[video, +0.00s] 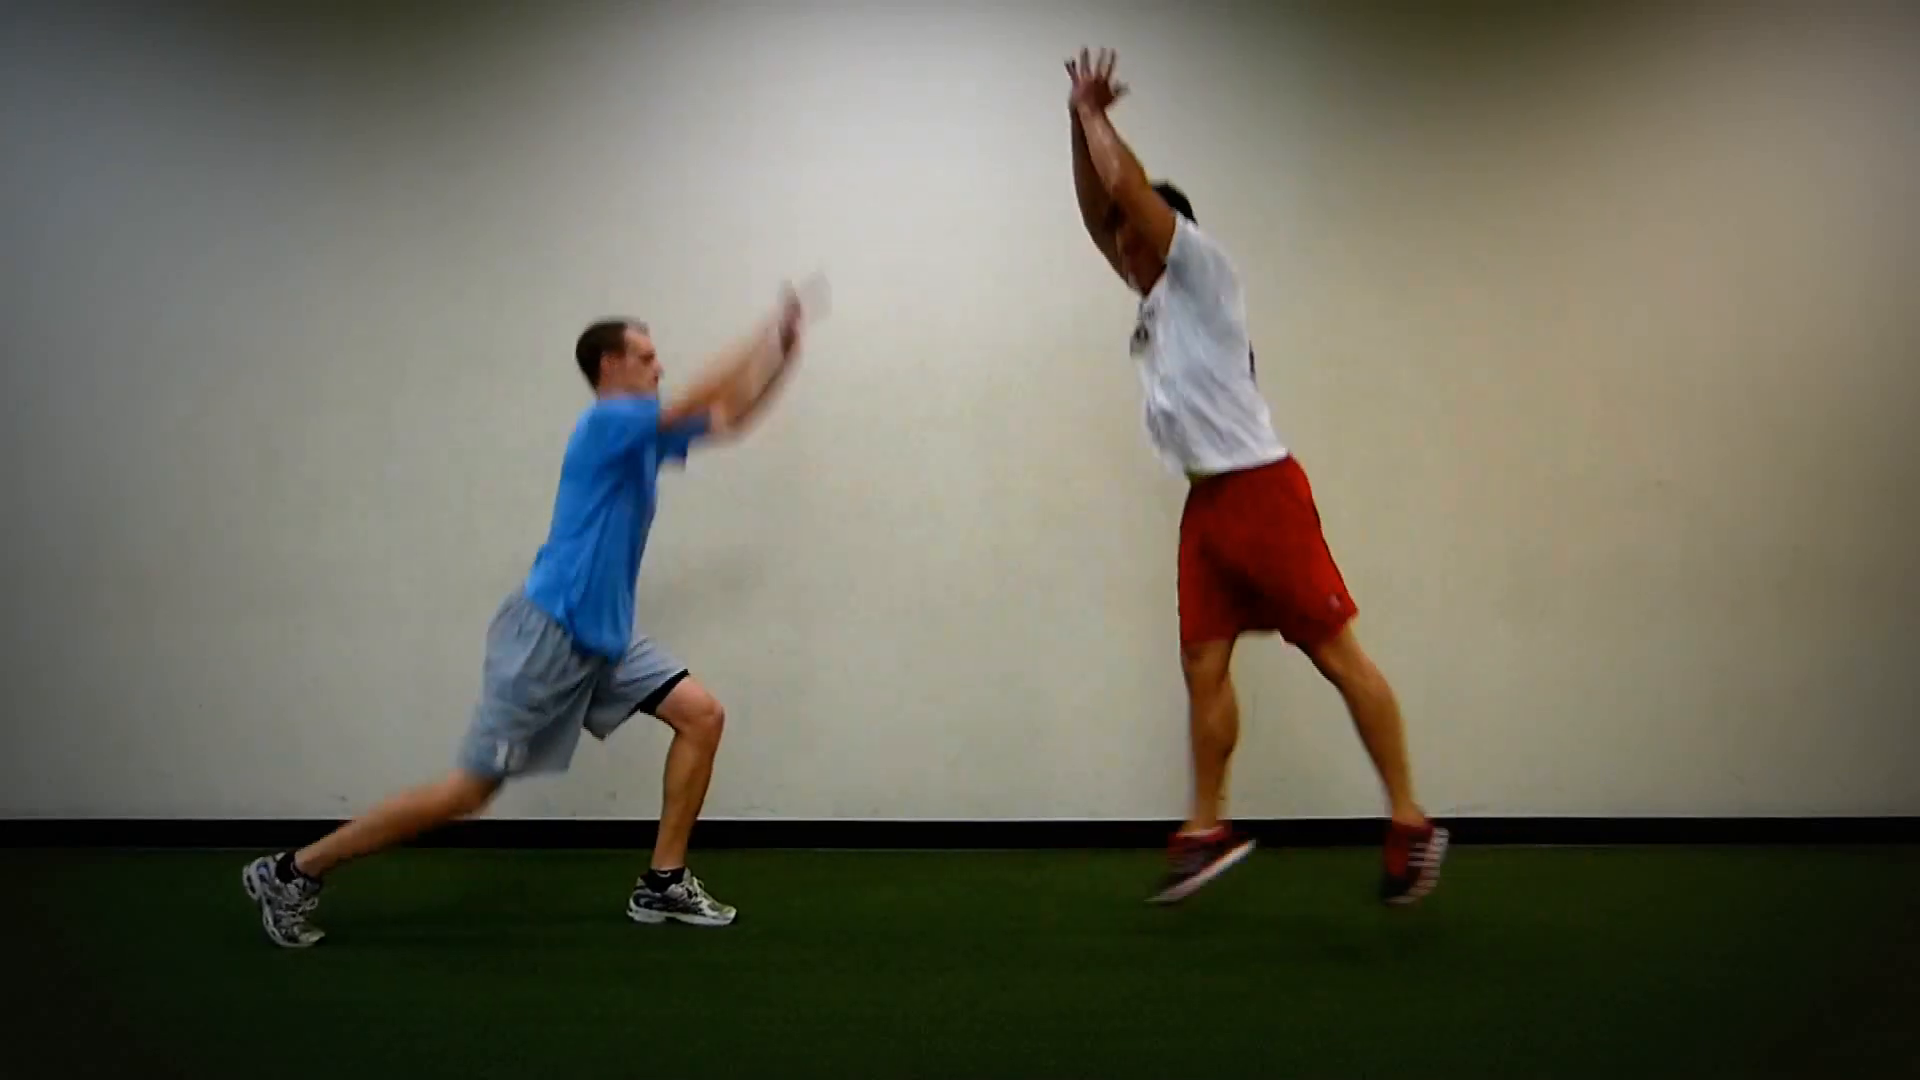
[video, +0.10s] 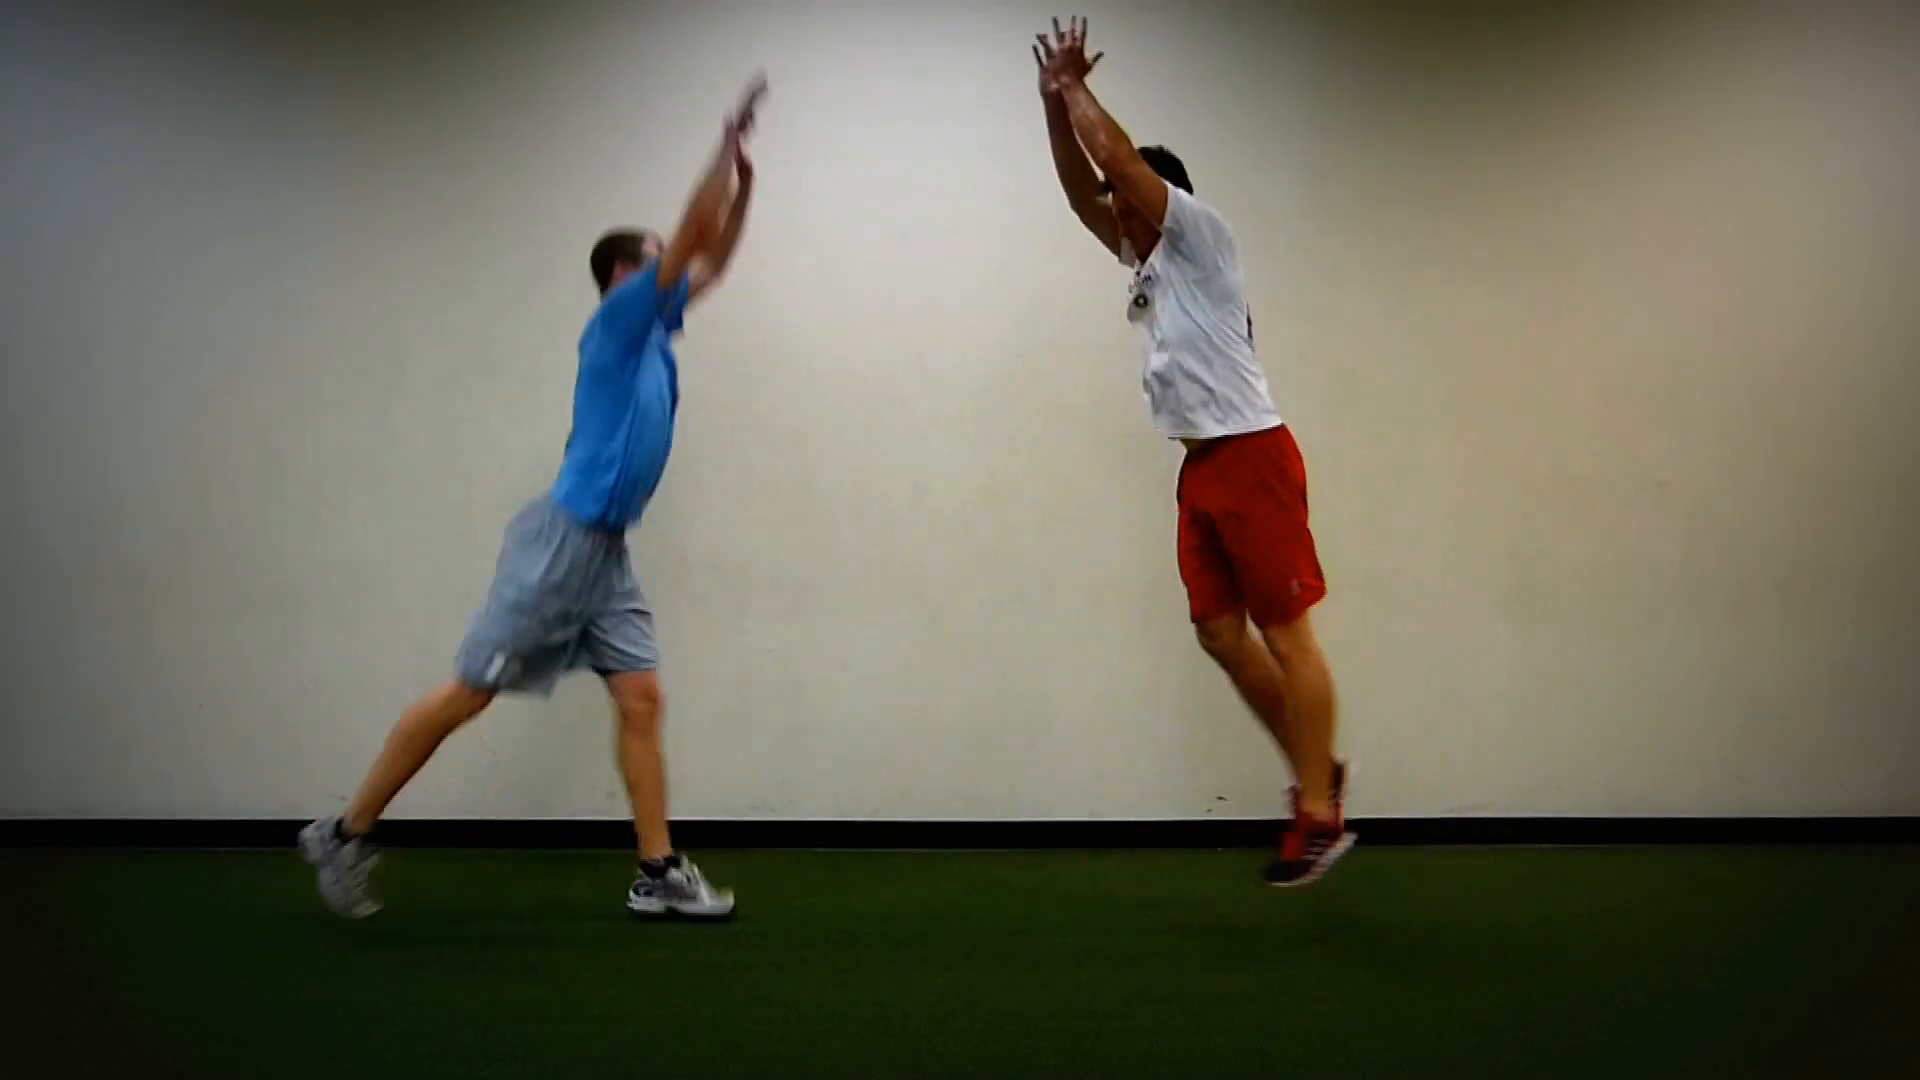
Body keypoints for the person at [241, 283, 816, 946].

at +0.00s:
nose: (660, 364)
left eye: (656, 354)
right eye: (647, 355)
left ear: (632, 366)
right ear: (612, 366)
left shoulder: (643, 430)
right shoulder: (607, 420)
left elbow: (729, 418)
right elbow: (696, 405)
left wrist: (784, 359)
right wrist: (765, 337)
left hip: (604, 637)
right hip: (550, 632)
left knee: (700, 715)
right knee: (466, 795)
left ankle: (665, 881)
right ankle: (292, 872)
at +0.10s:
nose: (669, 266)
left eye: (668, 257)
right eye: (658, 257)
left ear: (644, 275)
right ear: (627, 271)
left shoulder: (655, 333)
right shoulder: (617, 325)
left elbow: (711, 264)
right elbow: (687, 242)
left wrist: (745, 189)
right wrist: (726, 153)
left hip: (606, 555)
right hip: (557, 543)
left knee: (641, 701)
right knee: (465, 696)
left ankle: (659, 870)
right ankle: (345, 835)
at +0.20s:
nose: (679, 212)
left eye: (679, 202)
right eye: (667, 200)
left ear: (659, 211)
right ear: (639, 204)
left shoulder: (657, 265)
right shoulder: (618, 255)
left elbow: (702, 172)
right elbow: (674, 159)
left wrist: (731, 85)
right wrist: (707, 61)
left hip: (616, 487)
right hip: (576, 475)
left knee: (582, 656)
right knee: (514, 647)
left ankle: (574, 823)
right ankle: (413, 799)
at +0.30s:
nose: (681, 185)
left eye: (686, 177)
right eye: (669, 171)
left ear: (671, 191)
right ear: (637, 176)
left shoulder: (654, 233)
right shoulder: (618, 224)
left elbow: (708, 162)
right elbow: (673, 135)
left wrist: (749, 90)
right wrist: (714, 33)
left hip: (603, 461)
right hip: (583, 455)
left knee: (565, 633)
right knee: (579, 637)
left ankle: (469, 770)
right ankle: (496, 796)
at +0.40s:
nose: (680, 210)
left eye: (681, 198)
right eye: (667, 196)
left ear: (665, 211)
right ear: (632, 200)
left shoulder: (660, 255)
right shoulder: (615, 246)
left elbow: (725, 215)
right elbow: (669, 170)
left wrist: (781, 164)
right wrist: (732, 77)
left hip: (590, 471)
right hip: (585, 470)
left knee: (535, 633)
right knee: (630, 644)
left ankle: (408, 747)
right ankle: (601, 822)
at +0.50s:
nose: (679, 252)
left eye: (682, 243)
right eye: (669, 241)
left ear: (644, 247)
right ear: (631, 247)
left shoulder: (659, 316)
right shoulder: (613, 307)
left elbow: (720, 327)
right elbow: (646, 283)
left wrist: (797, 317)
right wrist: (715, 233)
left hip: (583, 516)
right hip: (587, 518)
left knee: (509, 673)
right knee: (674, 678)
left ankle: (377, 782)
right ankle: (683, 859)